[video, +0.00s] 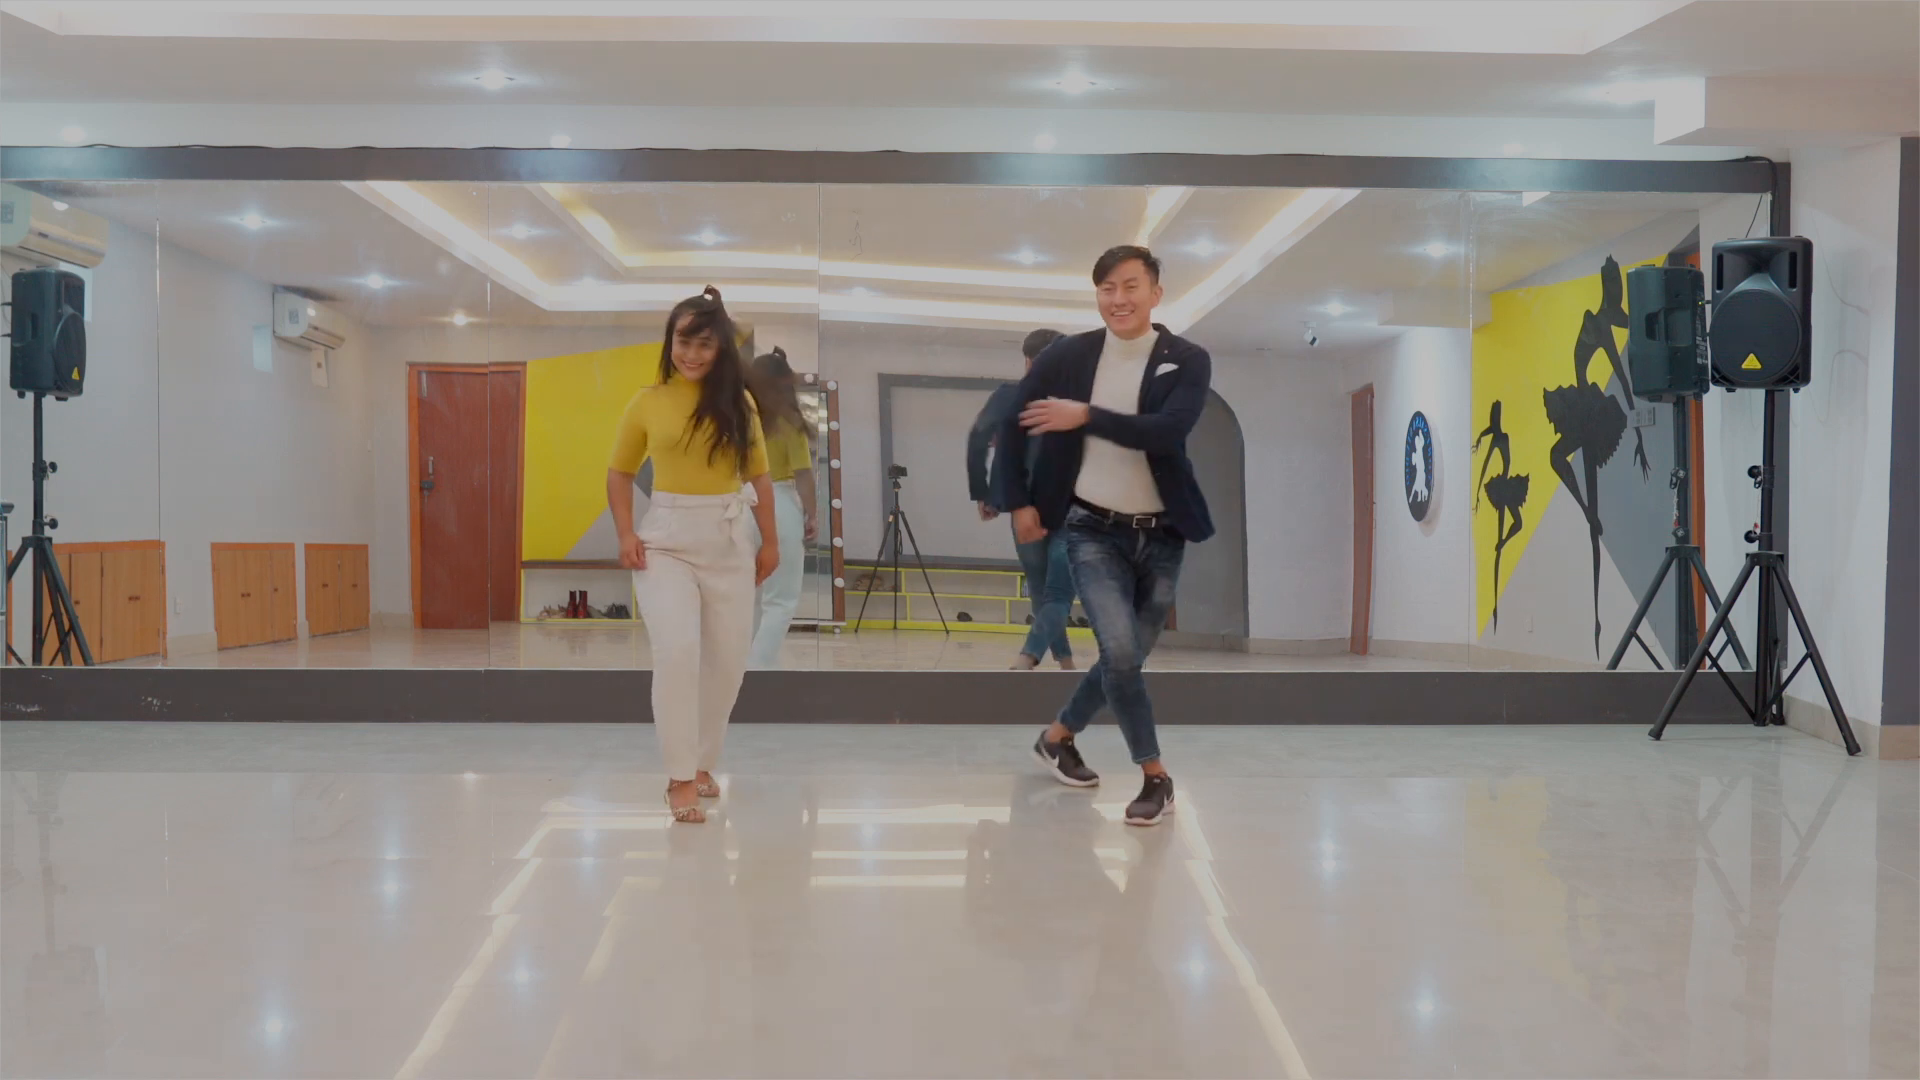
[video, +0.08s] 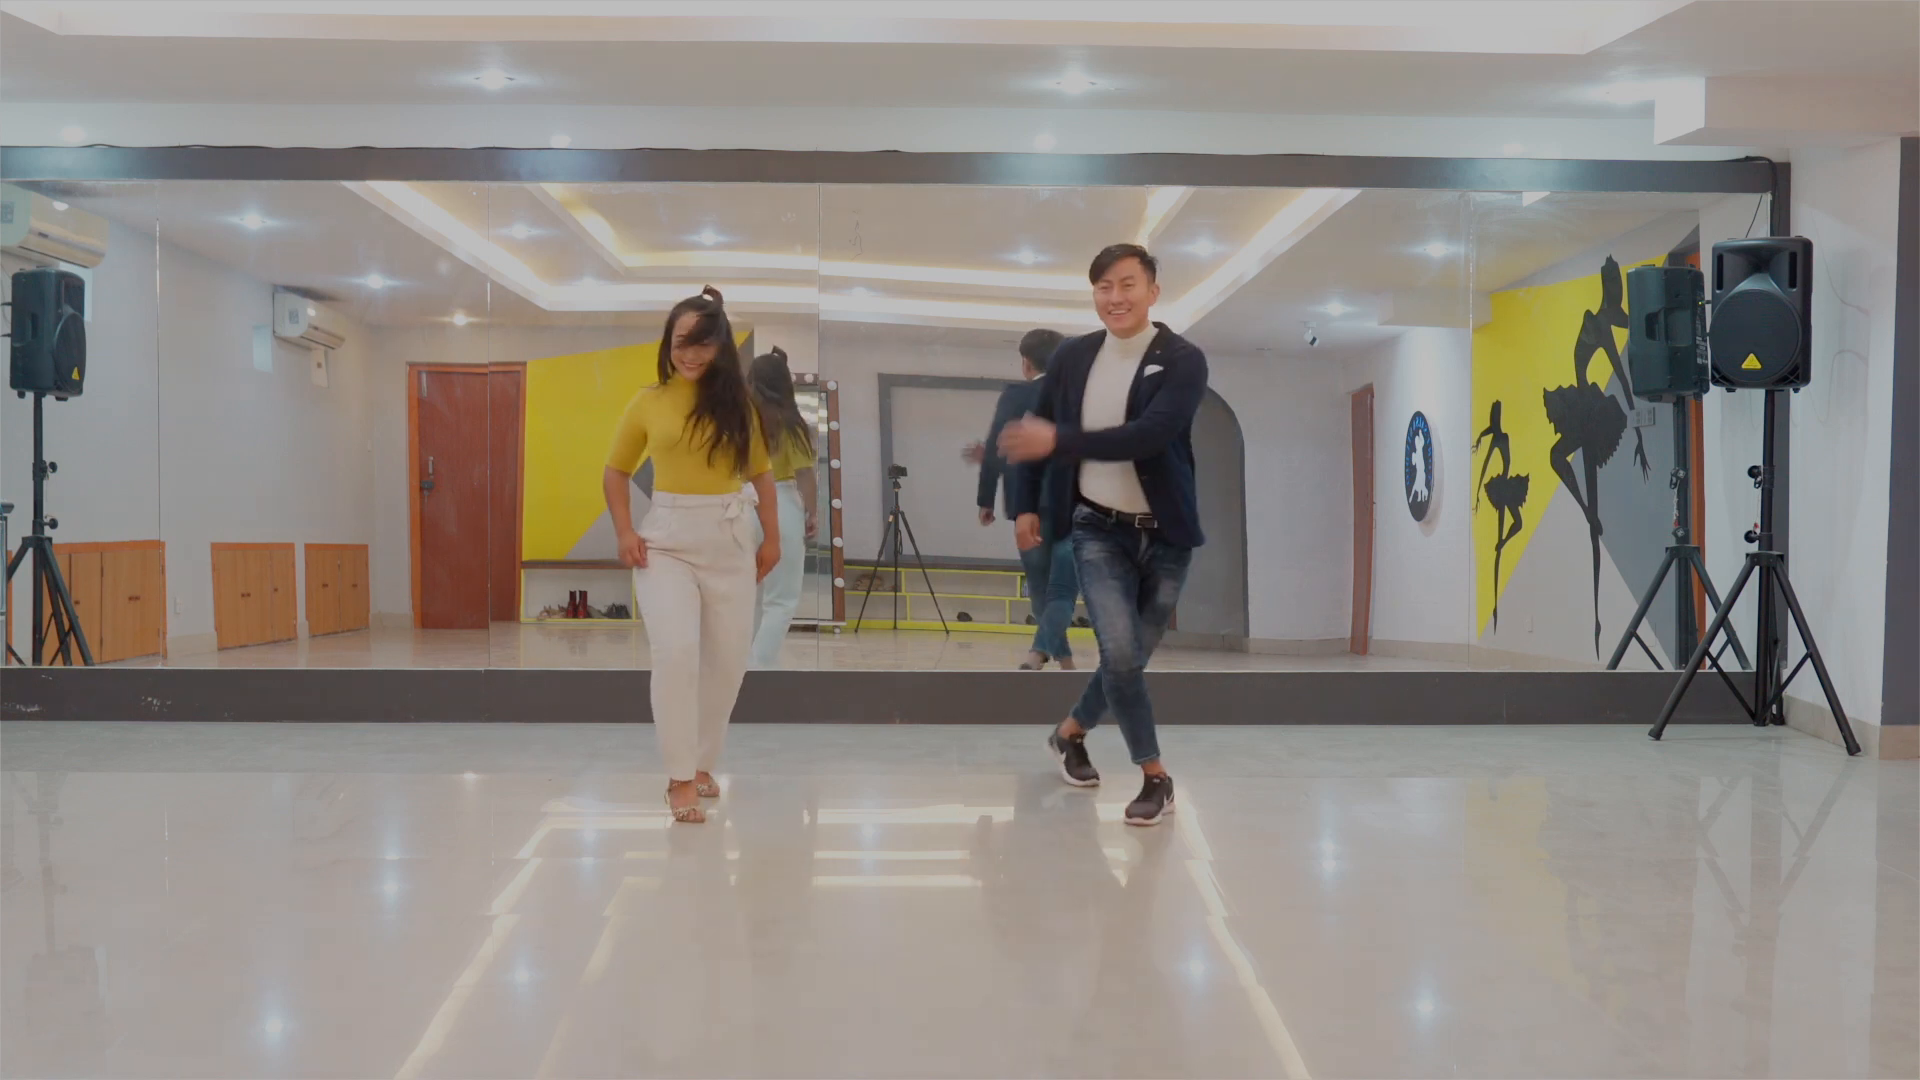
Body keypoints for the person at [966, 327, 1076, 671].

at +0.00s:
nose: (1039, 366)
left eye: (1035, 359)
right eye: (1043, 359)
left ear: (1027, 360)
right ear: (1064, 360)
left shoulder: (1010, 394)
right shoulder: (1075, 396)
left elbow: (977, 437)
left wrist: (981, 493)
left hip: (1023, 504)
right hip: (1069, 504)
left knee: (1040, 588)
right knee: (1061, 589)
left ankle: (1065, 659)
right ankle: (1028, 658)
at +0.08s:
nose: (1020, 365)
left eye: (1021, 360)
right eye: (1022, 359)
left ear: (1027, 362)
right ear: (1061, 361)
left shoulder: (1015, 396)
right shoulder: (1075, 394)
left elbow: (995, 453)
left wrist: (986, 501)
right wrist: (986, 454)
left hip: (1027, 508)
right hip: (1070, 506)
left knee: (1040, 589)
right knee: (1064, 588)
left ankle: (1066, 661)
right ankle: (1036, 657)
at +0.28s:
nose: (1016, 361)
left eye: (1016, 355)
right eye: (1016, 355)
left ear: (1022, 357)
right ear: (1056, 355)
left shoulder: (1026, 392)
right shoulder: (1073, 389)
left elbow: (1029, 442)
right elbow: (1080, 438)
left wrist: (1005, 476)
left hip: (1040, 506)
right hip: (1077, 503)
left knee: (1044, 589)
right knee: (1079, 584)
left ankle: (1064, 659)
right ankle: (1078, 639)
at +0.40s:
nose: (1013, 355)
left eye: (1014, 349)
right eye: (1014, 348)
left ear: (1020, 352)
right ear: (1051, 350)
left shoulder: (1027, 387)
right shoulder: (1069, 384)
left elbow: (1025, 446)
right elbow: (1075, 436)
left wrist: (1006, 452)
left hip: (1043, 503)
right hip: (1075, 499)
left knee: (1047, 586)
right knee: (1070, 578)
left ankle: (1066, 662)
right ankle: (1104, 606)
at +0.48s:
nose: (1012, 354)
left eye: (1012, 349)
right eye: (1012, 348)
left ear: (1019, 350)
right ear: (1051, 346)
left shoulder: (1025, 383)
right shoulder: (1070, 378)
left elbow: (1018, 432)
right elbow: (1073, 429)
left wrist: (994, 433)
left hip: (1047, 496)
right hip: (1079, 492)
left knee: (1048, 583)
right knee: (1028, 553)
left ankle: (1071, 661)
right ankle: (1098, 586)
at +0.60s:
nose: (1012, 355)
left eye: (1013, 349)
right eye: (1013, 349)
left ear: (1019, 352)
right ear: (1052, 346)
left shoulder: (1022, 388)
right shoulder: (1073, 377)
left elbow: (989, 441)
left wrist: (1011, 420)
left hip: (1052, 501)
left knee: (1055, 582)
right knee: (991, 543)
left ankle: (1079, 663)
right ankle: (1052, 605)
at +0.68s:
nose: (1013, 356)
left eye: (1013, 350)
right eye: (1015, 350)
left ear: (1019, 352)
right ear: (1052, 351)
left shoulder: (1012, 390)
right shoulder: (1069, 381)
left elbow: (976, 444)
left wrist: (1005, 454)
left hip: (1049, 505)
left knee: (1053, 591)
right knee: (993, 553)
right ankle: (1020, 633)